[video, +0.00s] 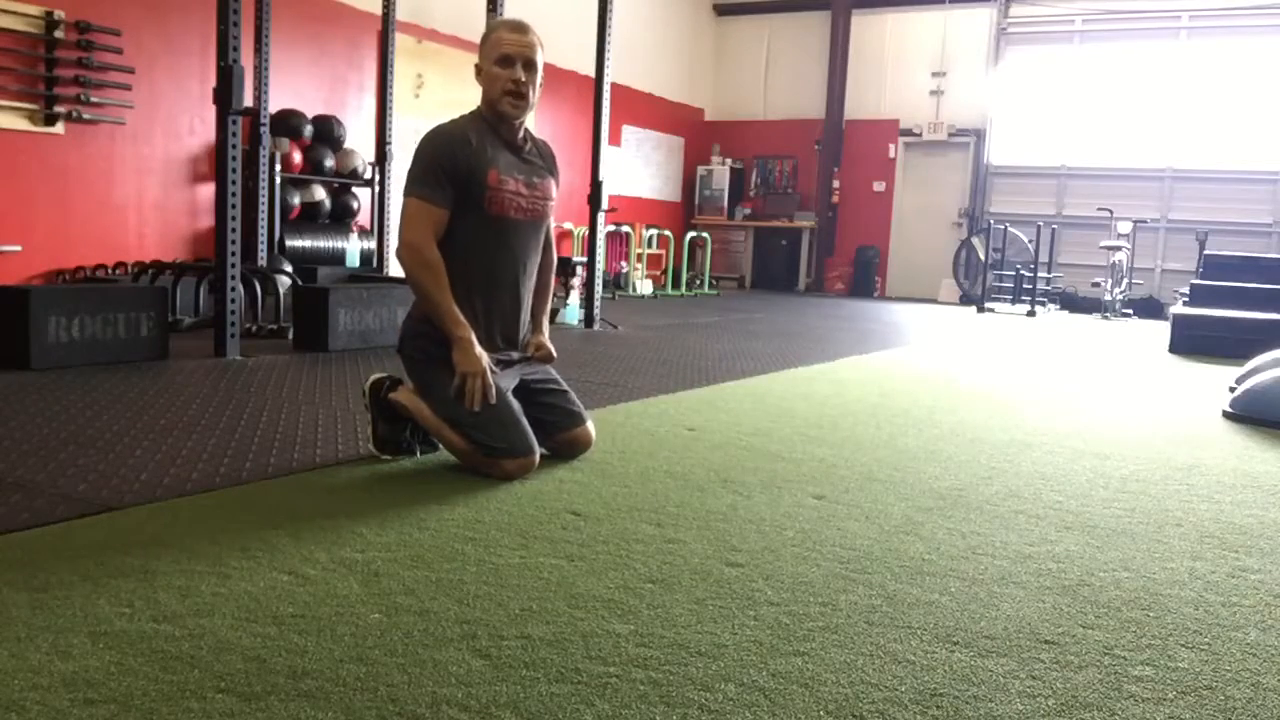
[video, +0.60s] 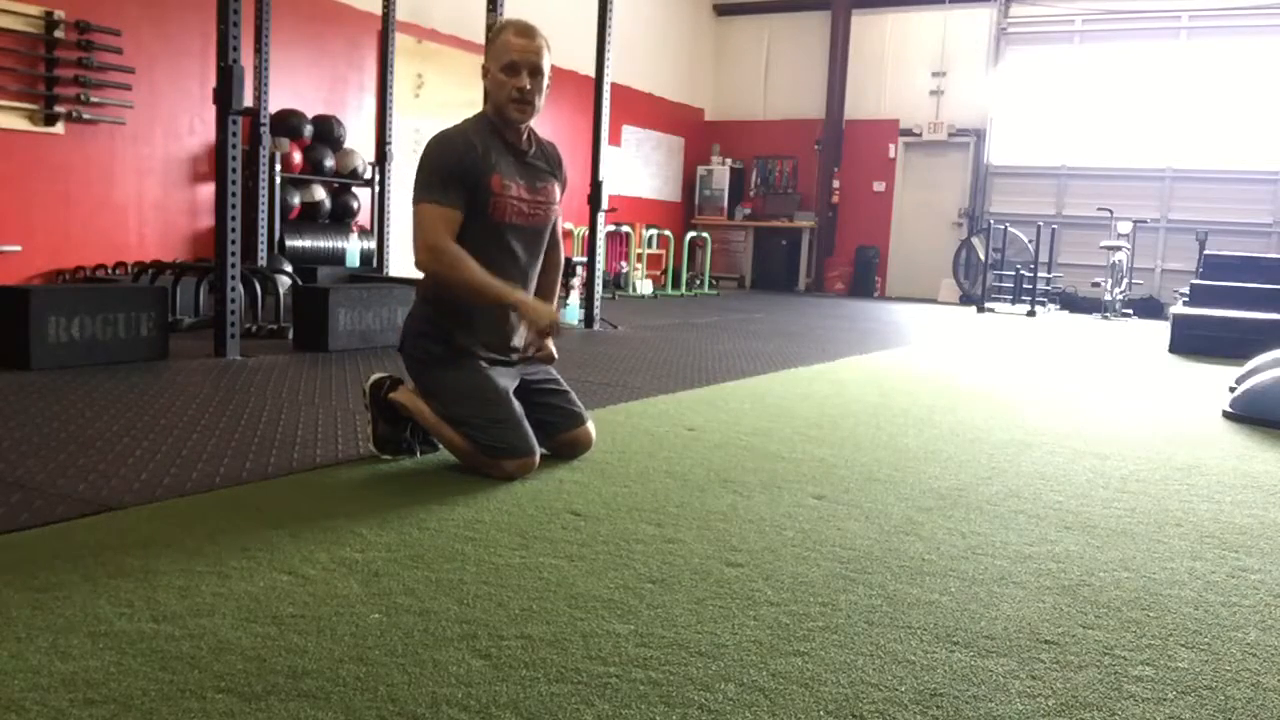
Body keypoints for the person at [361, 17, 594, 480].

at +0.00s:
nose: (519, 76)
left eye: (529, 66)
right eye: (505, 63)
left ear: (540, 78)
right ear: (480, 71)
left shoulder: (543, 157)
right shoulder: (448, 144)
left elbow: (545, 247)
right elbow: (414, 246)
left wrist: (539, 329)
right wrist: (463, 336)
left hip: (514, 345)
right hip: (448, 346)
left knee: (574, 439)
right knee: (515, 463)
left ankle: (442, 412)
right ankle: (399, 399)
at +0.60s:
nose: (523, 84)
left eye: (535, 73)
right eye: (509, 70)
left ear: (548, 81)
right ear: (485, 73)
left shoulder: (548, 158)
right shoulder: (454, 148)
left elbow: (552, 246)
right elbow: (432, 251)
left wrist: (543, 321)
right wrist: (523, 301)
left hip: (514, 343)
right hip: (450, 346)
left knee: (574, 439)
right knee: (515, 462)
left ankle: (444, 413)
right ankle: (399, 399)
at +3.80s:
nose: (539, 80)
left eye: (549, 70)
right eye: (525, 65)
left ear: (557, 81)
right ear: (495, 70)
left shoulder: (552, 158)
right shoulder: (468, 149)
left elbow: (551, 254)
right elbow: (458, 258)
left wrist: (564, 341)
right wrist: (521, 349)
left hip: (508, 340)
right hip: (447, 342)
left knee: (574, 439)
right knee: (514, 462)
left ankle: (448, 411)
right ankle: (401, 399)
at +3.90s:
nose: (530, 80)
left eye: (541, 69)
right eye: (517, 64)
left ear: (550, 80)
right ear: (487, 70)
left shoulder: (546, 160)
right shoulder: (462, 150)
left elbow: (547, 256)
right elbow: (453, 259)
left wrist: (561, 341)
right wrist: (522, 343)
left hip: (510, 340)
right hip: (447, 343)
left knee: (574, 439)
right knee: (514, 462)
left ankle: (447, 412)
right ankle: (400, 400)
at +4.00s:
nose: (528, 80)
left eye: (537, 69)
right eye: (515, 65)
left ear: (544, 79)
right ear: (482, 70)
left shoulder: (541, 162)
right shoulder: (457, 151)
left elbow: (546, 256)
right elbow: (450, 258)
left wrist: (562, 340)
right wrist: (531, 334)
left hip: (513, 342)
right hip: (448, 345)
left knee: (574, 440)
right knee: (514, 463)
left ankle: (448, 411)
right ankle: (399, 400)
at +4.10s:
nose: (531, 79)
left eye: (536, 68)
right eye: (517, 64)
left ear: (540, 77)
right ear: (478, 71)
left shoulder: (537, 163)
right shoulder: (454, 151)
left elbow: (545, 257)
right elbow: (452, 253)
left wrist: (569, 343)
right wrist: (539, 302)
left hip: (506, 345)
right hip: (446, 347)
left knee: (574, 440)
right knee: (514, 462)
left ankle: (444, 411)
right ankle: (399, 400)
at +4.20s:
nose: (529, 79)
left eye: (532, 68)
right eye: (515, 65)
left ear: (535, 75)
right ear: (474, 71)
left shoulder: (531, 162)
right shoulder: (451, 150)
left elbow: (541, 261)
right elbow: (464, 253)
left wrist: (575, 337)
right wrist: (562, 252)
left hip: (507, 346)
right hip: (446, 349)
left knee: (575, 440)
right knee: (514, 463)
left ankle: (447, 406)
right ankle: (399, 399)